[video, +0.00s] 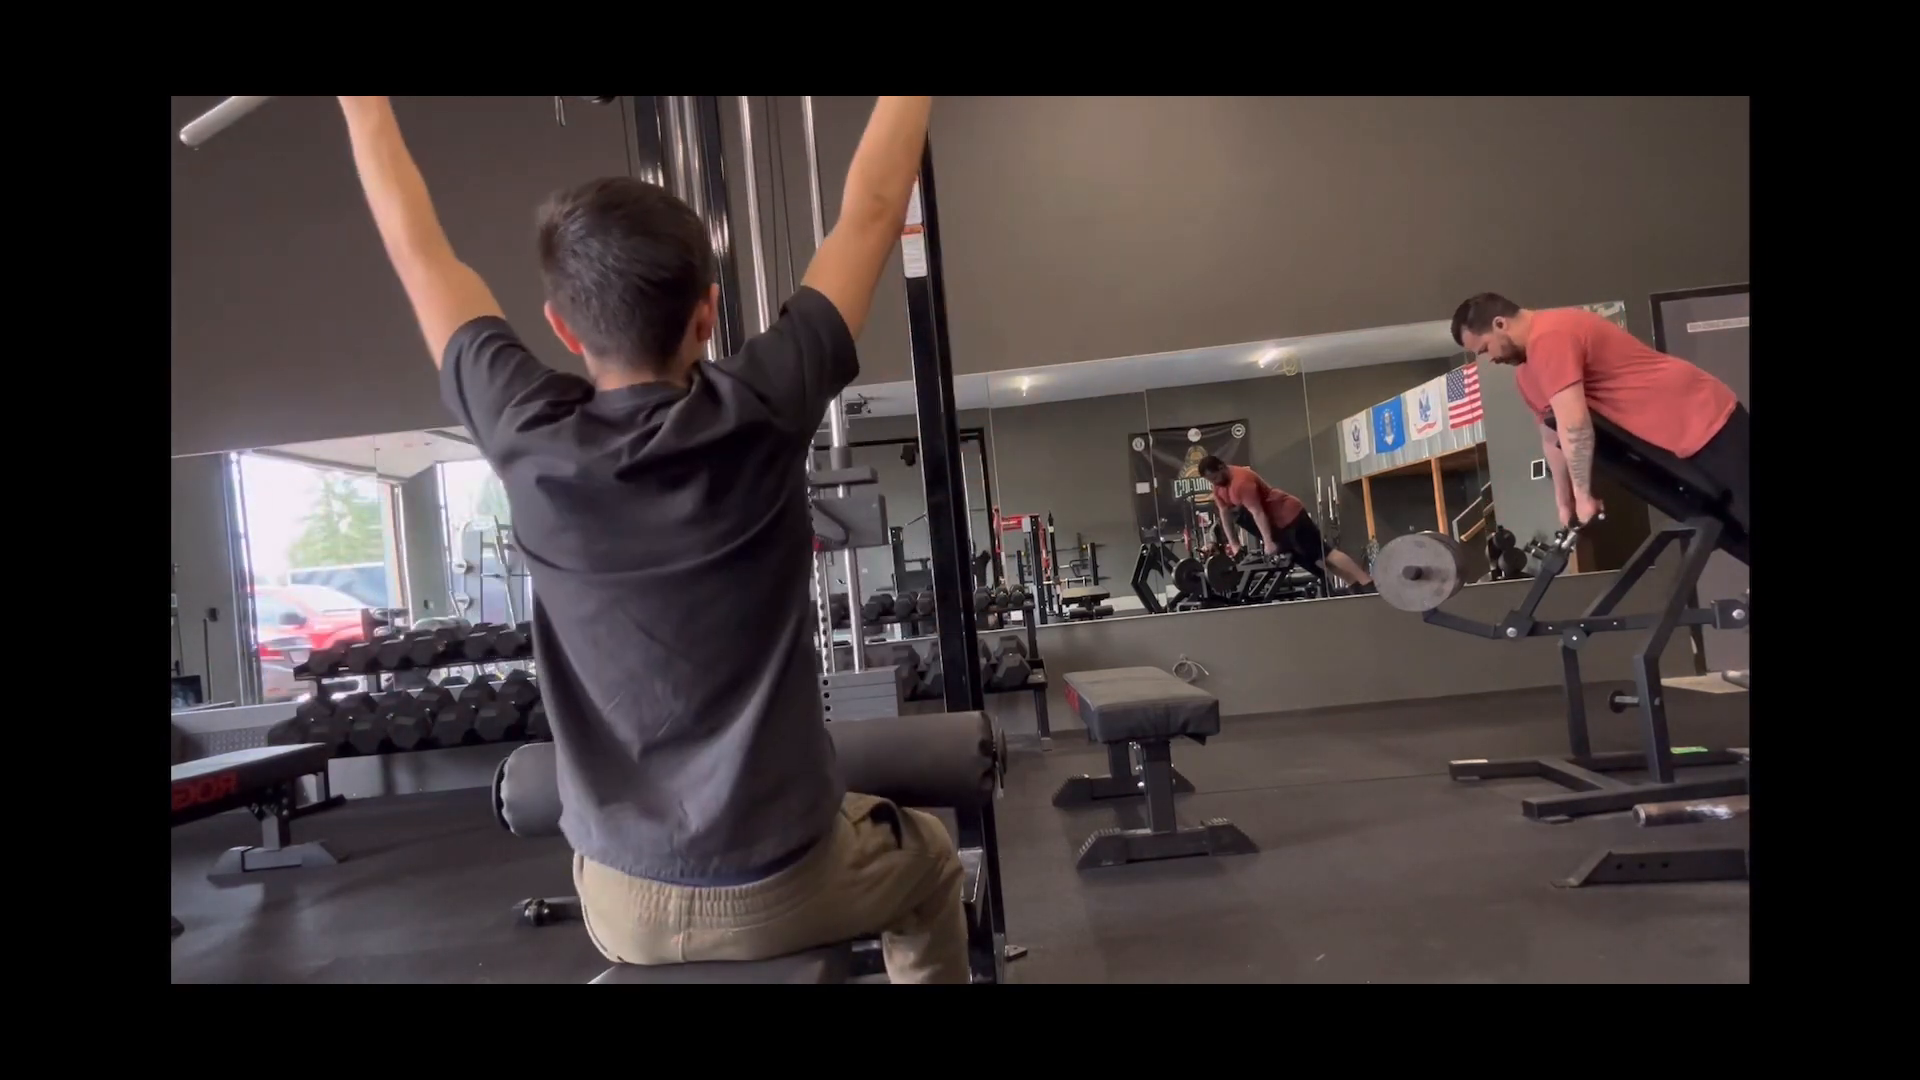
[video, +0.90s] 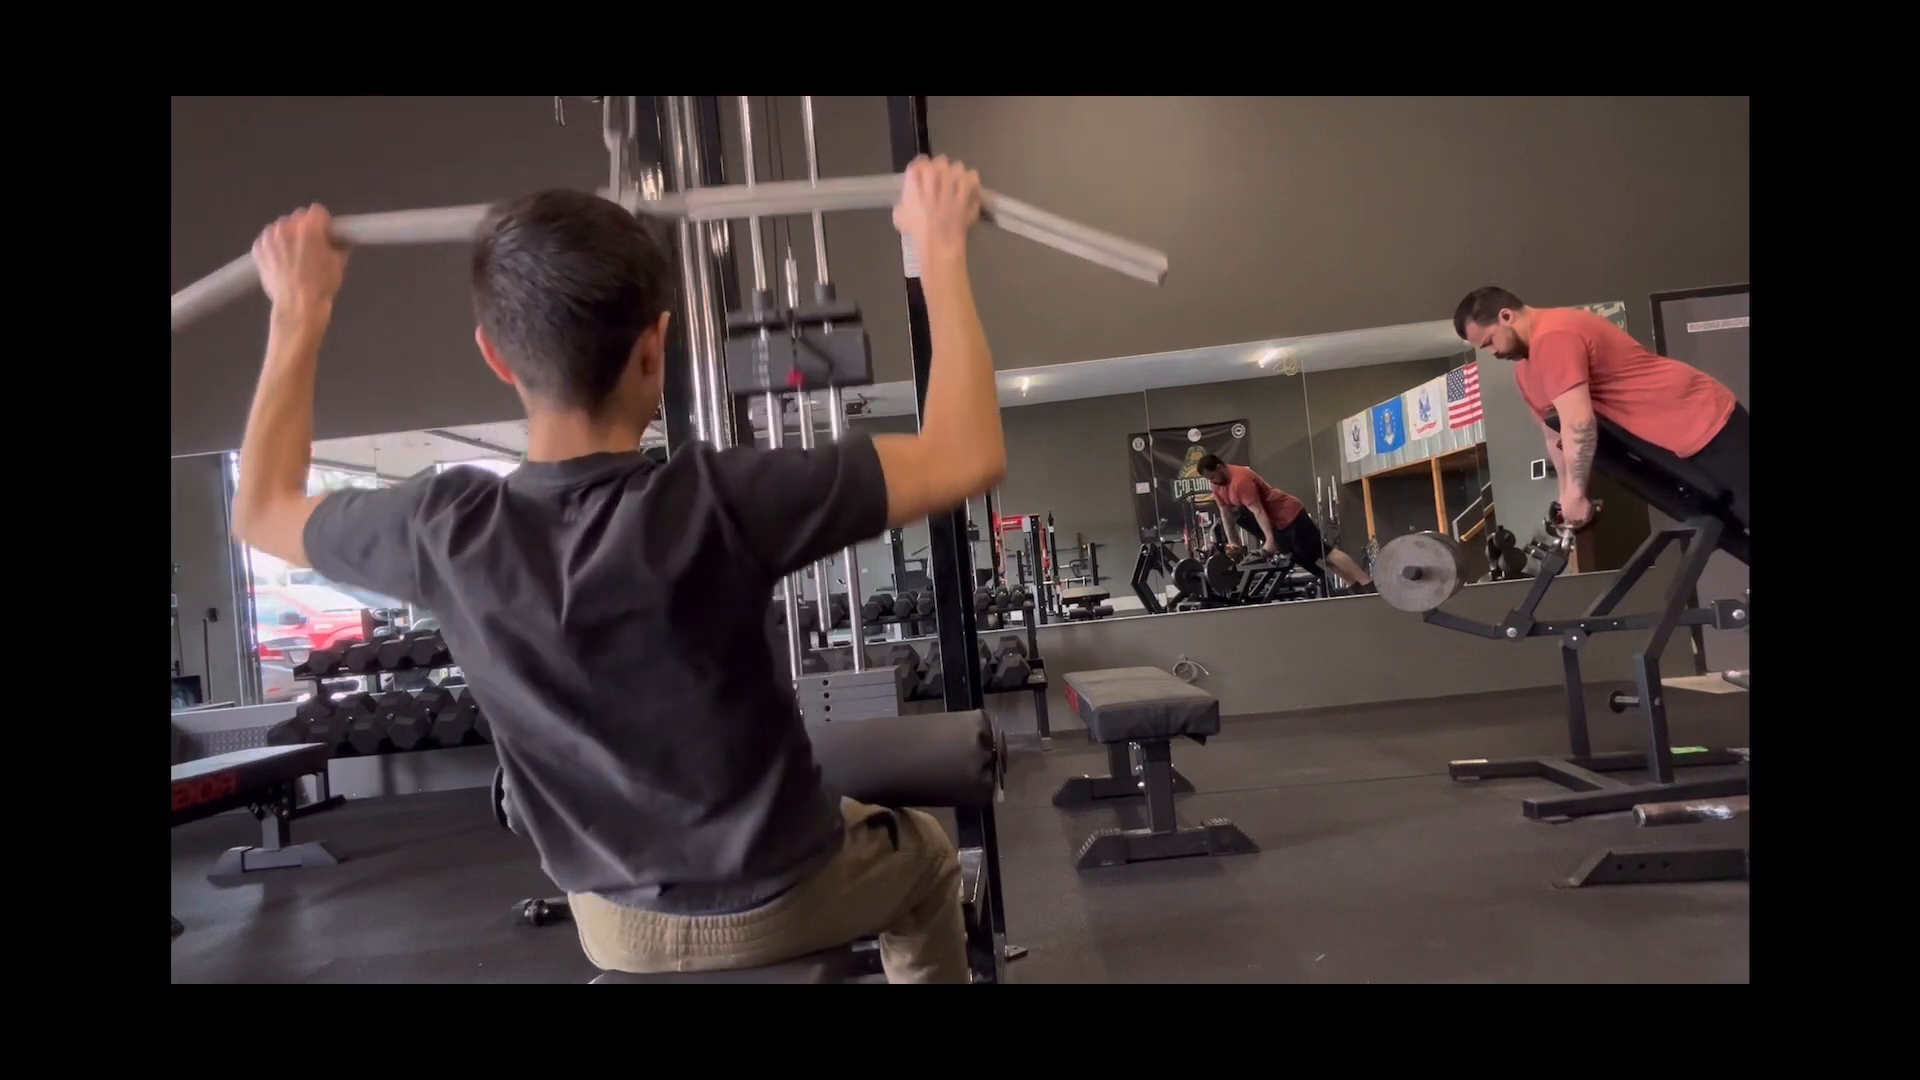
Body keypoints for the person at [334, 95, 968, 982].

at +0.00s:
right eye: (714, 296)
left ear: (562, 331)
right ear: (707, 319)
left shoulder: (532, 438)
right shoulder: (763, 409)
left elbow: (418, 250)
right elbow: (873, 216)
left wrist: (359, 100)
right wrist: (910, 84)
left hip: (618, 904)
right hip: (778, 897)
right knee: (924, 856)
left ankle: (635, 966)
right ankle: (936, 977)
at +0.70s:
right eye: (700, 300)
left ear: (535, 330)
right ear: (692, 319)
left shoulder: (495, 471)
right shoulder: (753, 445)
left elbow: (330, 367)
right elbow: (938, 329)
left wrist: (333, 179)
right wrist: (936, 136)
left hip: (618, 906)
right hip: (783, 897)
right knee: (924, 856)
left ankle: (637, 974)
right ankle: (934, 980)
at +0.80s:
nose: (680, 330)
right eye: (681, 310)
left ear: (510, 343)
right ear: (668, 331)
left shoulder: (470, 503)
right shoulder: (739, 472)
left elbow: (290, 427)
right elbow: (954, 382)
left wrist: (307, 233)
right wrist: (937, 180)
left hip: (616, 915)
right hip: (780, 900)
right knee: (924, 858)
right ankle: (931, 980)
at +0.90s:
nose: (671, 347)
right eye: (670, 328)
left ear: (493, 357)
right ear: (652, 345)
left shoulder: (446, 528)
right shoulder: (724, 497)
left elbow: (263, 513)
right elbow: (967, 455)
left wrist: (296, 312)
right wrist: (943, 255)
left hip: (610, 927)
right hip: (777, 912)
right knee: (922, 857)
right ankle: (931, 980)